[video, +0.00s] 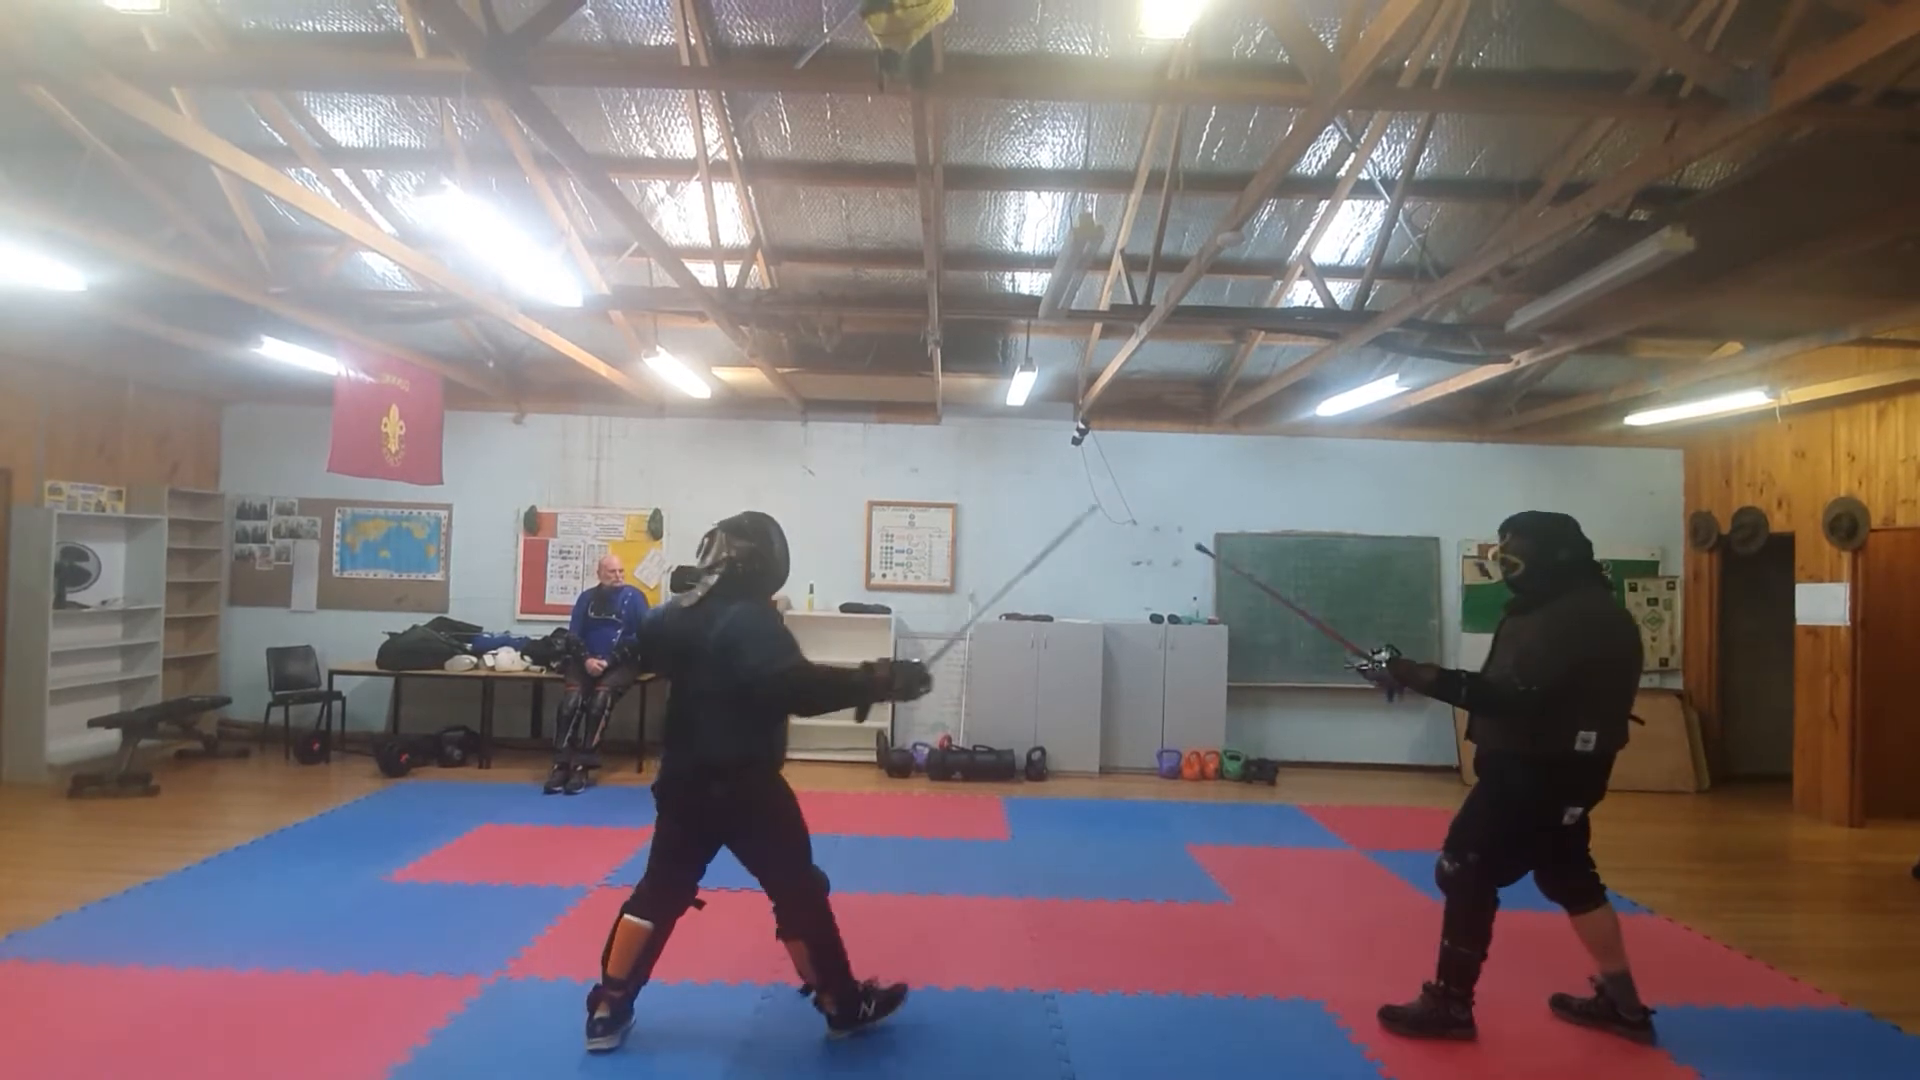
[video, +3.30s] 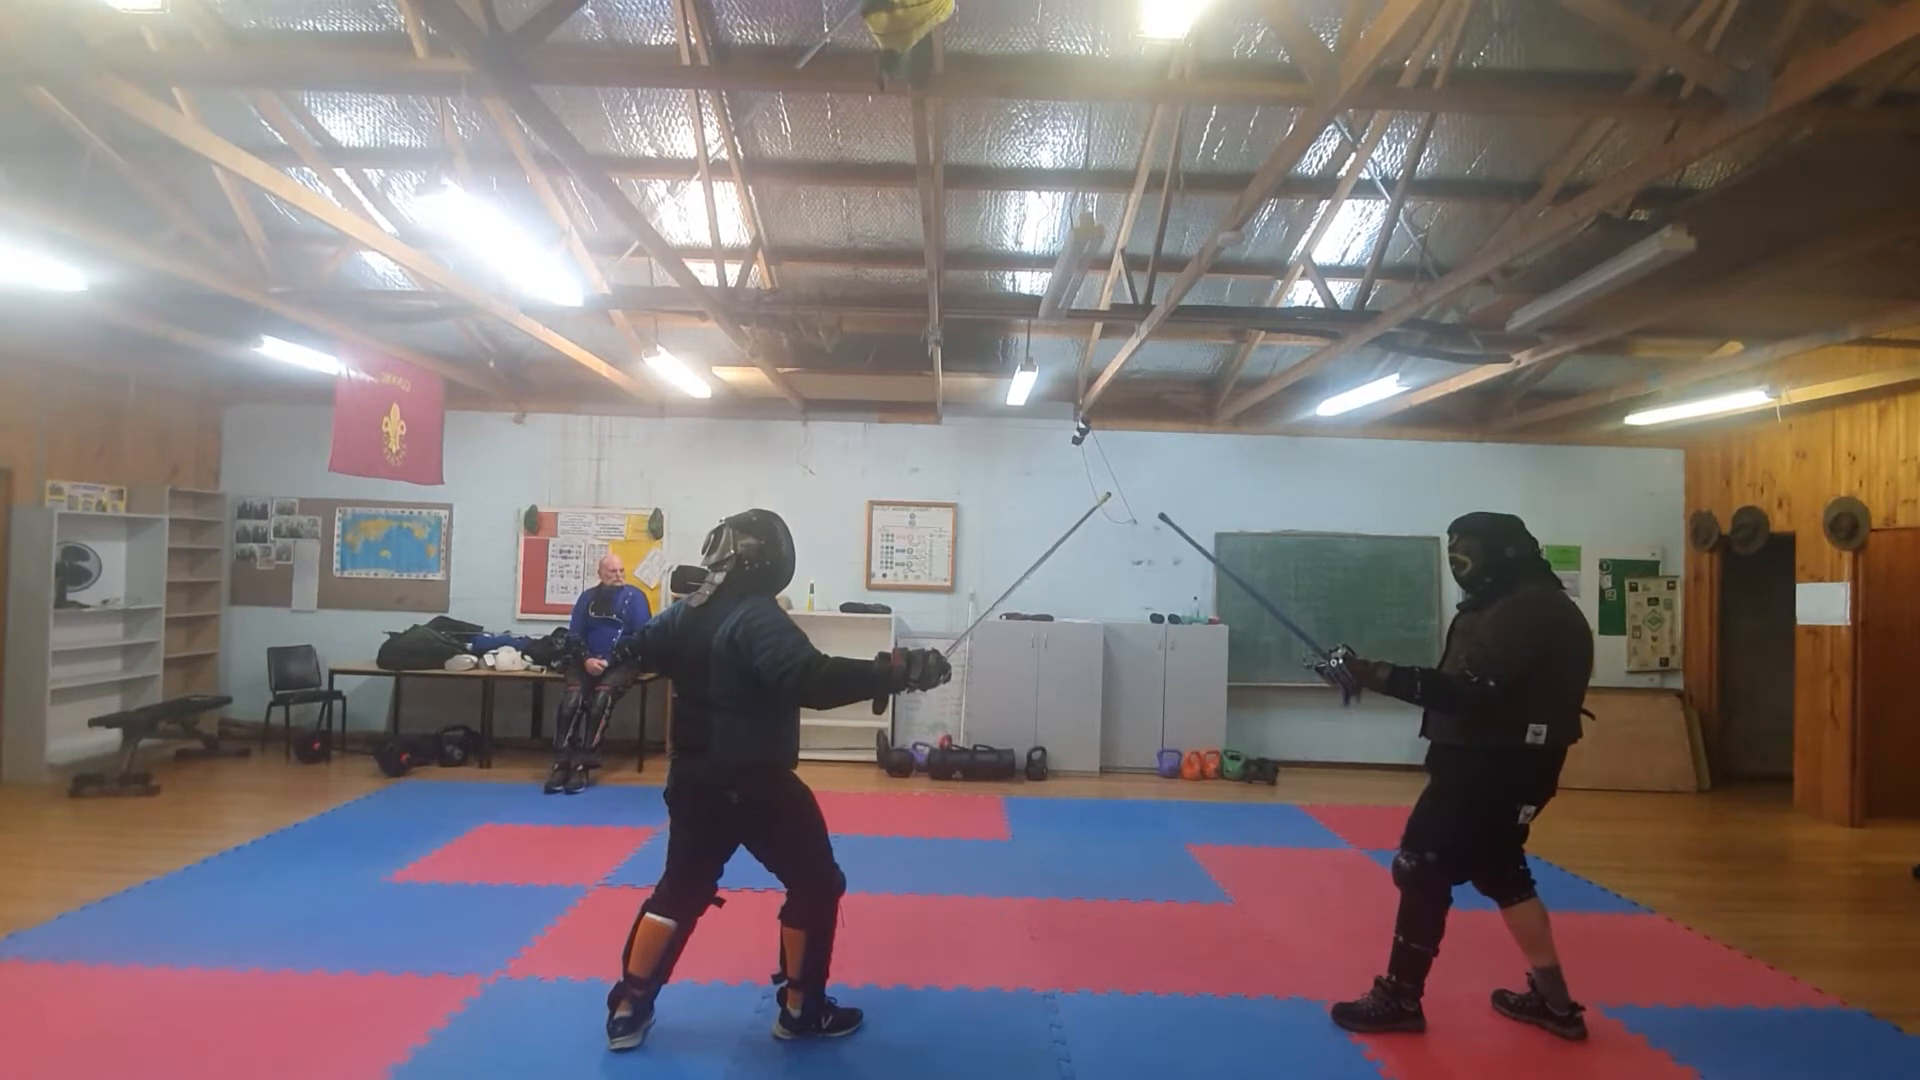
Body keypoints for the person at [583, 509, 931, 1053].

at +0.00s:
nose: (781, 576)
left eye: (718, 552)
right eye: (779, 565)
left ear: (717, 556)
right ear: (770, 565)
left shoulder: (687, 616)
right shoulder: (754, 620)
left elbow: (648, 640)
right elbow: (788, 686)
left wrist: (679, 600)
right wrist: (874, 681)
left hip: (685, 789)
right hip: (751, 792)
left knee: (659, 891)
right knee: (799, 893)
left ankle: (607, 1009)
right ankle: (842, 1004)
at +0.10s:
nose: (799, 573)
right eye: (797, 564)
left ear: (730, 560)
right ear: (787, 566)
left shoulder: (694, 621)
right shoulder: (778, 623)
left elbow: (643, 643)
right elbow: (826, 681)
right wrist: (910, 675)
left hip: (703, 793)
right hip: (773, 794)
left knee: (671, 892)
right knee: (817, 895)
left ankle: (611, 1008)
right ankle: (854, 1009)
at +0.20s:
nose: (815, 572)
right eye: (813, 563)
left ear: (748, 561)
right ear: (803, 566)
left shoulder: (715, 618)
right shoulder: (797, 622)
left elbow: (671, 636)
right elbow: (849, 674)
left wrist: (728, 598)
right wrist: (934, 668)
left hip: (722, 789)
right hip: (793, 789)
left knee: (689, 885)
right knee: (840, 887)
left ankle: (622, 996)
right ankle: (855, 1008)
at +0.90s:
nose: (804, 581)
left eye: (800, 572)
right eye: (802, 571)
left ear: (739, 567)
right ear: (791, 573)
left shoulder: (700, 626)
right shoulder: (773, 628)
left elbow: (679, 636)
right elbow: (818, 687)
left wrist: (724, 598)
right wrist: (905, 672)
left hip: (705, 797)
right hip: (771, 799)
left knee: (687, 890)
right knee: (830, 895)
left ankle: (631, 1006)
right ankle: (858, 1011)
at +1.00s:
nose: (787, 586)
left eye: (784, 576)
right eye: (785, 575)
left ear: (722, 567)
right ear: (772, 575)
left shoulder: (692, 623)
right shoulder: (754, 628)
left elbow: (649, 644)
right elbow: (794, 686)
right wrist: (883, 677)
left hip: (685, 794)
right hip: (747, 798)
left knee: (676, 891)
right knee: (806, 895)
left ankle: (626, 1010)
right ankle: (851, 1008)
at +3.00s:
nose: (780, 575)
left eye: (778, 564)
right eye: (778, 565)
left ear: (716, 557)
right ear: (766, 564)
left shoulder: (682, 618)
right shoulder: (757, 618)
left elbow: (632, 649)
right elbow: (804, 675)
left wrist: (610, 674)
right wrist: (890, 668)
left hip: (692, 789)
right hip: (760, 790)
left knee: (678, 889)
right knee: (813, 886)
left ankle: (627, 1010)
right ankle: (801, 1010)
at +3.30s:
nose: (783, 573)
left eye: (779, 562)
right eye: (781, 563)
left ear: (720, 556)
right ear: (771, 562)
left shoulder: (687, 614)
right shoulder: (758, 616)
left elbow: (634, 649)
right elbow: (803, 677)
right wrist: (893, 671)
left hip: (695, 786)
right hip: (763, 787)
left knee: (681, 888)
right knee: (815, 883)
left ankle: (628, 1010)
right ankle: (801, 1009)